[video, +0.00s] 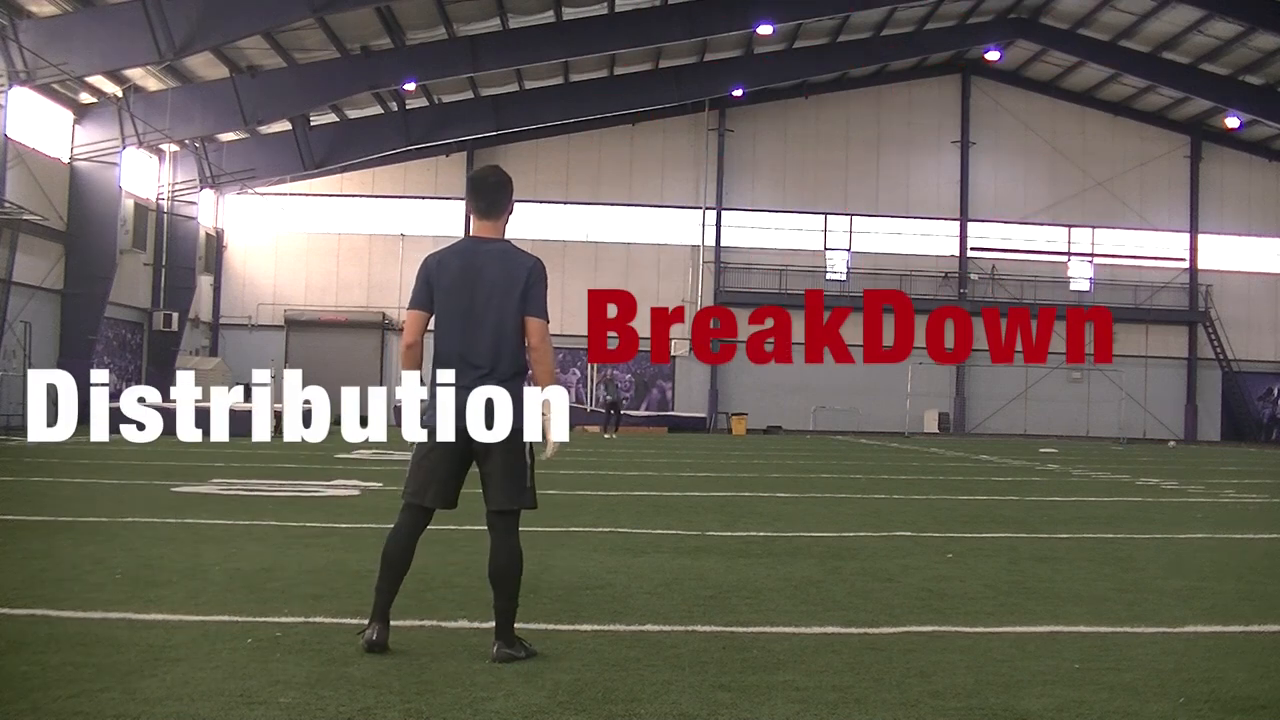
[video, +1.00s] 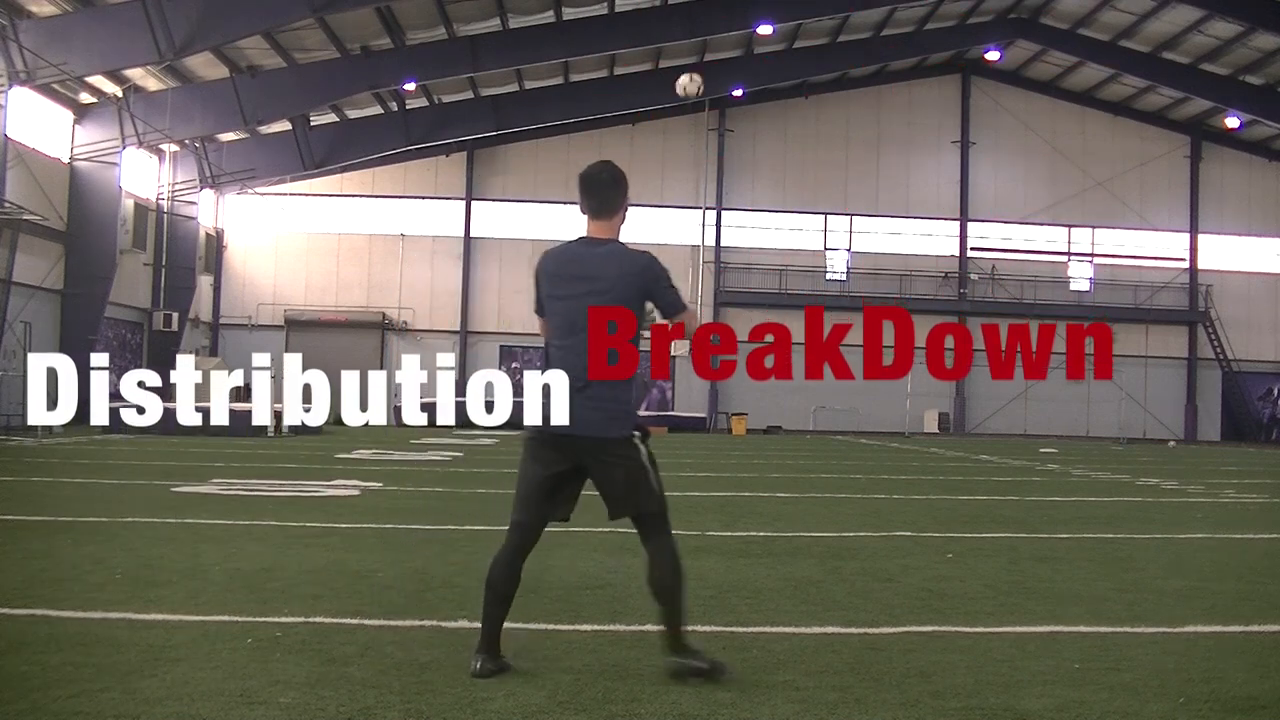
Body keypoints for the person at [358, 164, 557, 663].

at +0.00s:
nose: (507, 211)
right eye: (512, 204)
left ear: (467, 206)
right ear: (512, 207)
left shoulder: (436, 263)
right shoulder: (528, 267)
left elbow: (412, 339)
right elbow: (536, 342)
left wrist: (412, 395)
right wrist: (552, 412)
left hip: (443, 411)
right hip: (502, 414)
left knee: (412, 515)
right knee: (504, 527)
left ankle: (377, 623)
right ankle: (505, 638)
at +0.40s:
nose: (543, 210)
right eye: (550, 201)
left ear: (508, 207)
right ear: (552, 206)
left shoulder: (479, 260)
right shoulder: (571, 268)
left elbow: (442, 335)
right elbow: (601, 338)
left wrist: (446, 349)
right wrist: (625, 378)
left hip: (477, 411)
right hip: (536, 416)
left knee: (435, 516)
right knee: (517, 528)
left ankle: (395, 621)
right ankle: (505, 639)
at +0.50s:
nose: (563, 209)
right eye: (565, 201)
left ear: (520, 205)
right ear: (563, 205)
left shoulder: (487, 261)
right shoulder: (582, 267)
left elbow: (473, 340)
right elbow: (598, 343)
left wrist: (516, 326)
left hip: (484, 407)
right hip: (541, 413)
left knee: (447, 518)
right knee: (521, 529)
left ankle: (421, 629)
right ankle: (506, 639)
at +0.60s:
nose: (570, 210)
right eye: (573, 203)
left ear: (528, 206)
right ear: (571, 206)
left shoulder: (497, 259)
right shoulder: (589, 265)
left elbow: (493, 324)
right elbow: (595, 341)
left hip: (491, 407)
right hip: (547, 415)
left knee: (468, 519)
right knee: (526, 529)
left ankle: (458, 629)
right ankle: (507, 638)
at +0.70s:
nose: (570, 210)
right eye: (575, 201)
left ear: (533, 207)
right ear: (578, 206)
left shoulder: (505, 259)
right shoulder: (595, 266)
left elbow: (496, 326)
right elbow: (613, 339)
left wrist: (548, 325)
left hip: (501, 413)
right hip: (556, 420)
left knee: (495, 529)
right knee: (533, 534)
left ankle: (481, 647)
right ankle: (510, 638)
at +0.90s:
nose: (601, 207)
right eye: (603, 200)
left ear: (557, 205)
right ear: (601, 204)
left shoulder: (528, 261)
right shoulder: (616, 262)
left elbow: (535, 323)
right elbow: (644, 326)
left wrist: (603, 325)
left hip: (530, 416)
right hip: (590, 421)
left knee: (508, 534)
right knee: (621, 523)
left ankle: (484, 652)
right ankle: (586, 634)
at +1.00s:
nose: (621, 209)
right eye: (624, 201)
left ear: (580, 204)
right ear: (626, 204)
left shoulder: (551, 262)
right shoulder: (641, 266)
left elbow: (547, 330)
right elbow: (685, 326)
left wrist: (606, 324)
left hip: (550, 426)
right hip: (614, 430)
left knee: (519, 536)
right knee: (657, 535)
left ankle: (487, 651)